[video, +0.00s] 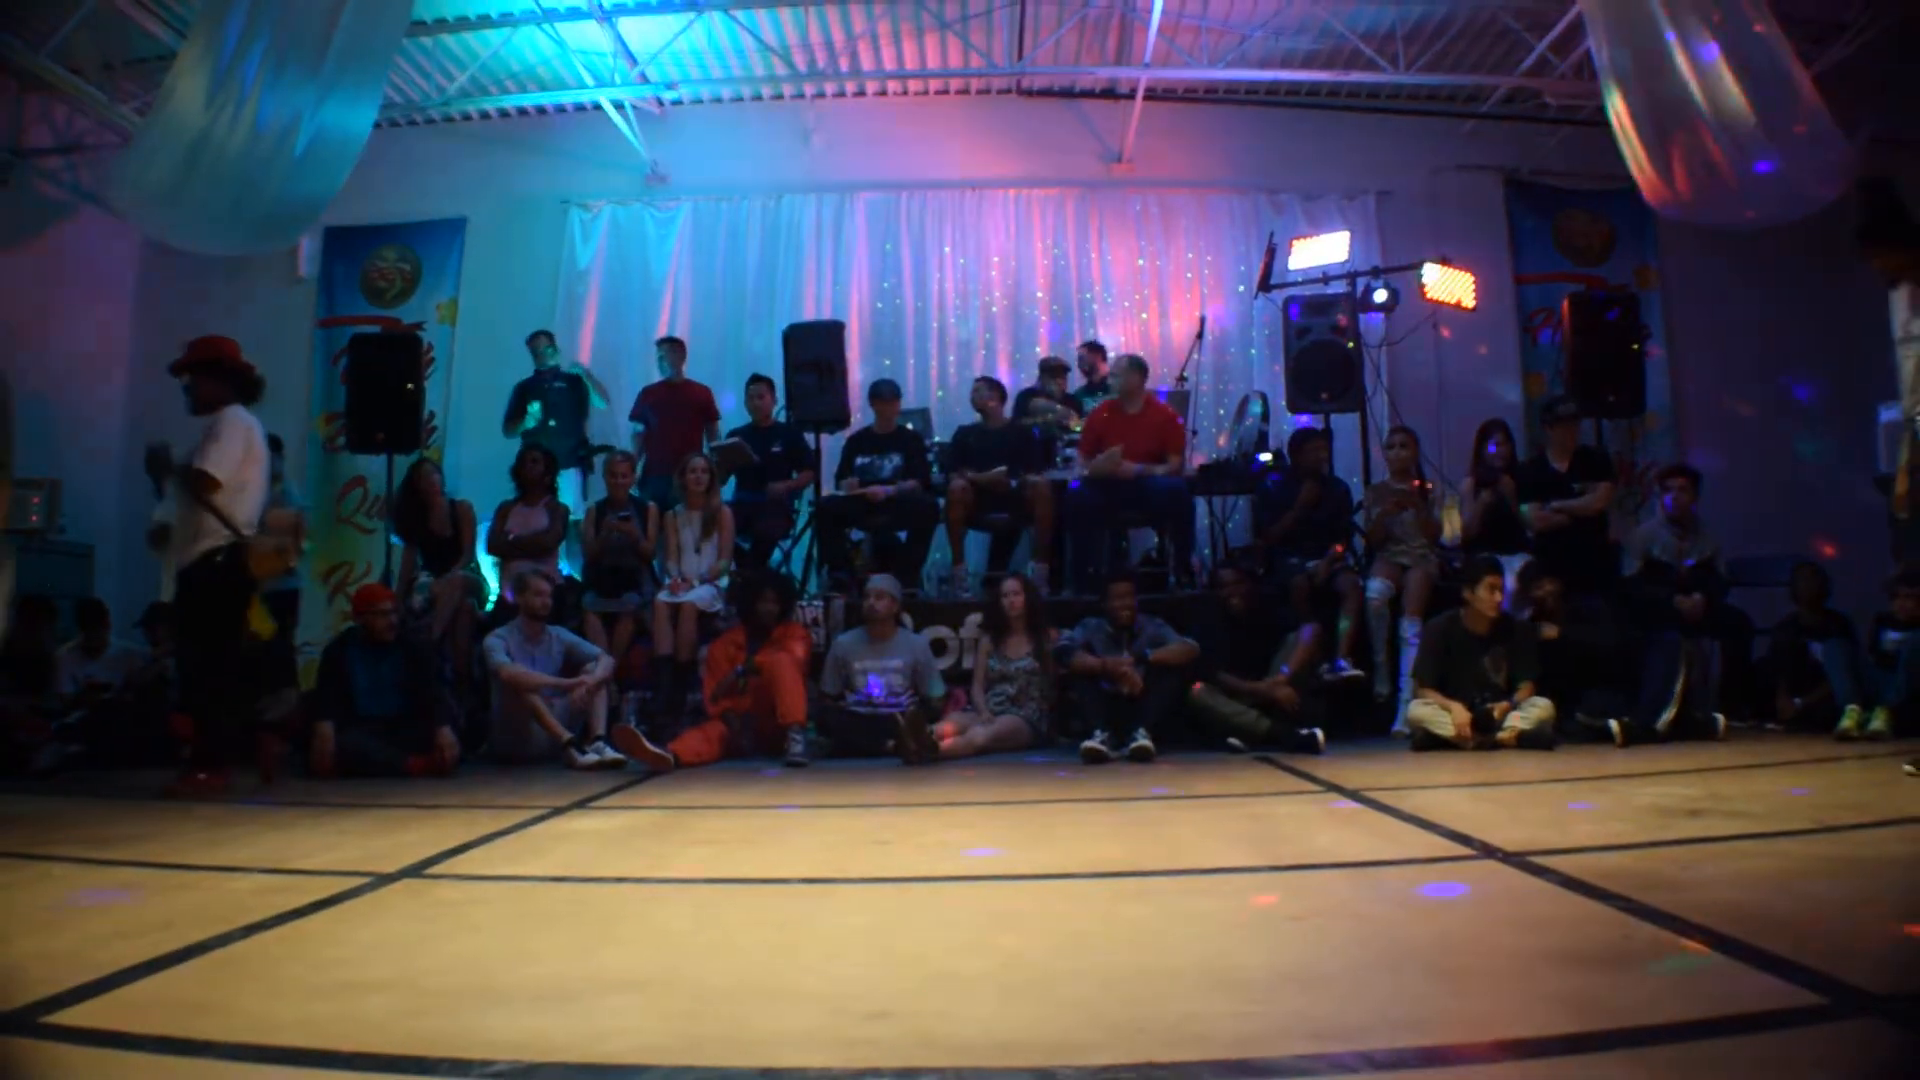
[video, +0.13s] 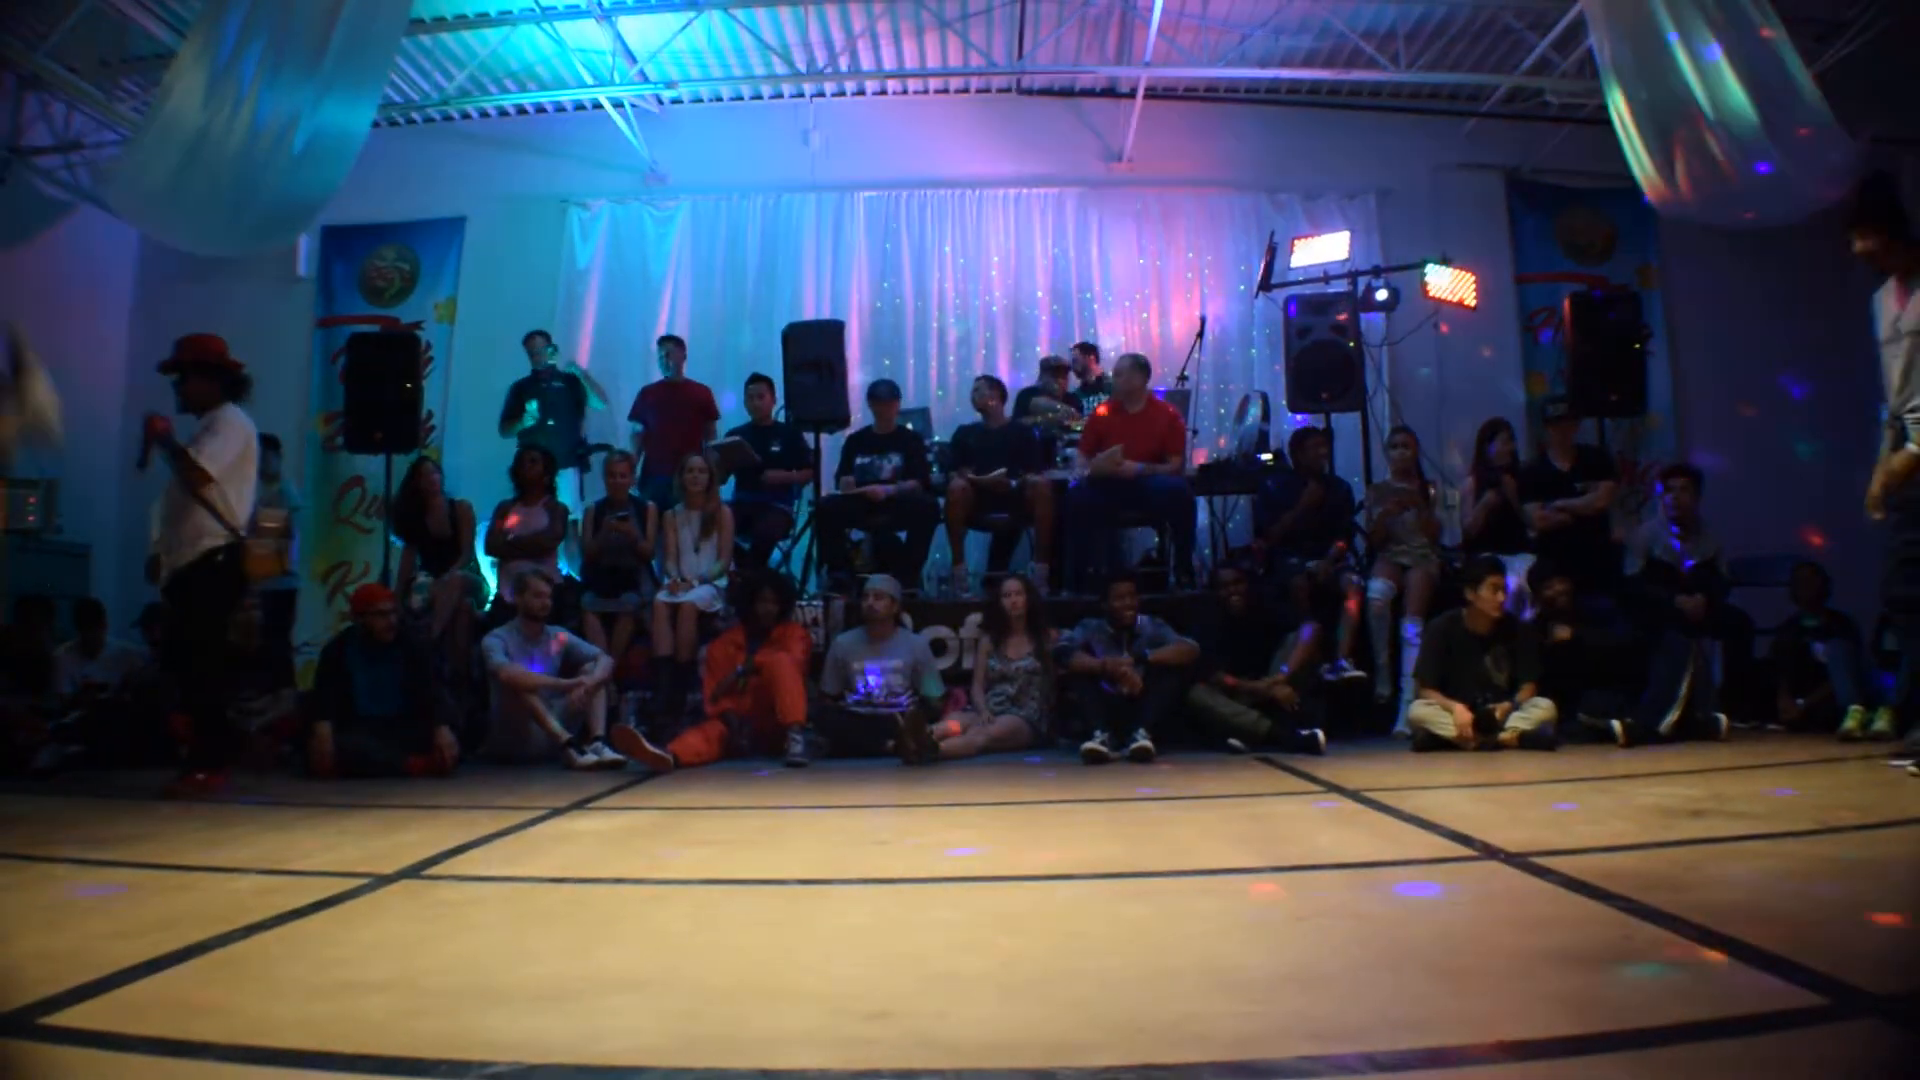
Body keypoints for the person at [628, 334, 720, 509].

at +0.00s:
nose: (661, 361)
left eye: (665, 356)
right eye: (659, 357)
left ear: (681, 357)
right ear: (657, 361)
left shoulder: (701, 393)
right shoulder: (648, 394)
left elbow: (713, 434)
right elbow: (638, 435)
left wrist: (717, 471)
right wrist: (631, 470)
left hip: (690, 477)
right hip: (655, 475)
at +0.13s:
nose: (664, 360)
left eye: (669, 354)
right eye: (661, 356)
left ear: (683, 356)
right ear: (657, 359)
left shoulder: (702, 393)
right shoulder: (647, 393)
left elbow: (710, 435)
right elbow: (637, 435)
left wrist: (709, 474)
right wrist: (631, 471)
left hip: (690, 478)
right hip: (654, 475)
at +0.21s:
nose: (670, 360)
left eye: (675, 354)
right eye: (665, 355)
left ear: (684, 357)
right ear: (659, 360)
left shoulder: (702, 393)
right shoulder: (648, 393)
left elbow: (709, 434)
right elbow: (637, 434)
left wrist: (708, 471)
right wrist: (631, 471)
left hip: (691, 476)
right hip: (655, 474)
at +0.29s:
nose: (672, 360)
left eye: (677, 354)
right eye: (666, 355)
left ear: (686, 357)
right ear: (660, 360)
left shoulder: (702, 393)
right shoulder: (647, 393)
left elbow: (709, 436)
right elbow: (637, 435)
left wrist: (709, 473)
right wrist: (631, 472)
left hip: (691, 477)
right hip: (655, 474)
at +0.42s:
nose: (674, 359)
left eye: (679, 353)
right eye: (668, 354)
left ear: (686, 358)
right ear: (661, 359)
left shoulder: (702, 393)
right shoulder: (648, 393)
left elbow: (710, 436)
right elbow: (638, 435)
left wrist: (709, 473)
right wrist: (631, 471)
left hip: (690, 476)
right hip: (655, 474)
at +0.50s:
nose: (674, 359)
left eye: (679, 353)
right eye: (668, 354)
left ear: (687, 358)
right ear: (661, 360)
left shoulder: (702, 392)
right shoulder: (647, 393)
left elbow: (710, 435)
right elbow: (637, 435)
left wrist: (711, 473)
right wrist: (631, 471)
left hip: (691, 476)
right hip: (655, 474)